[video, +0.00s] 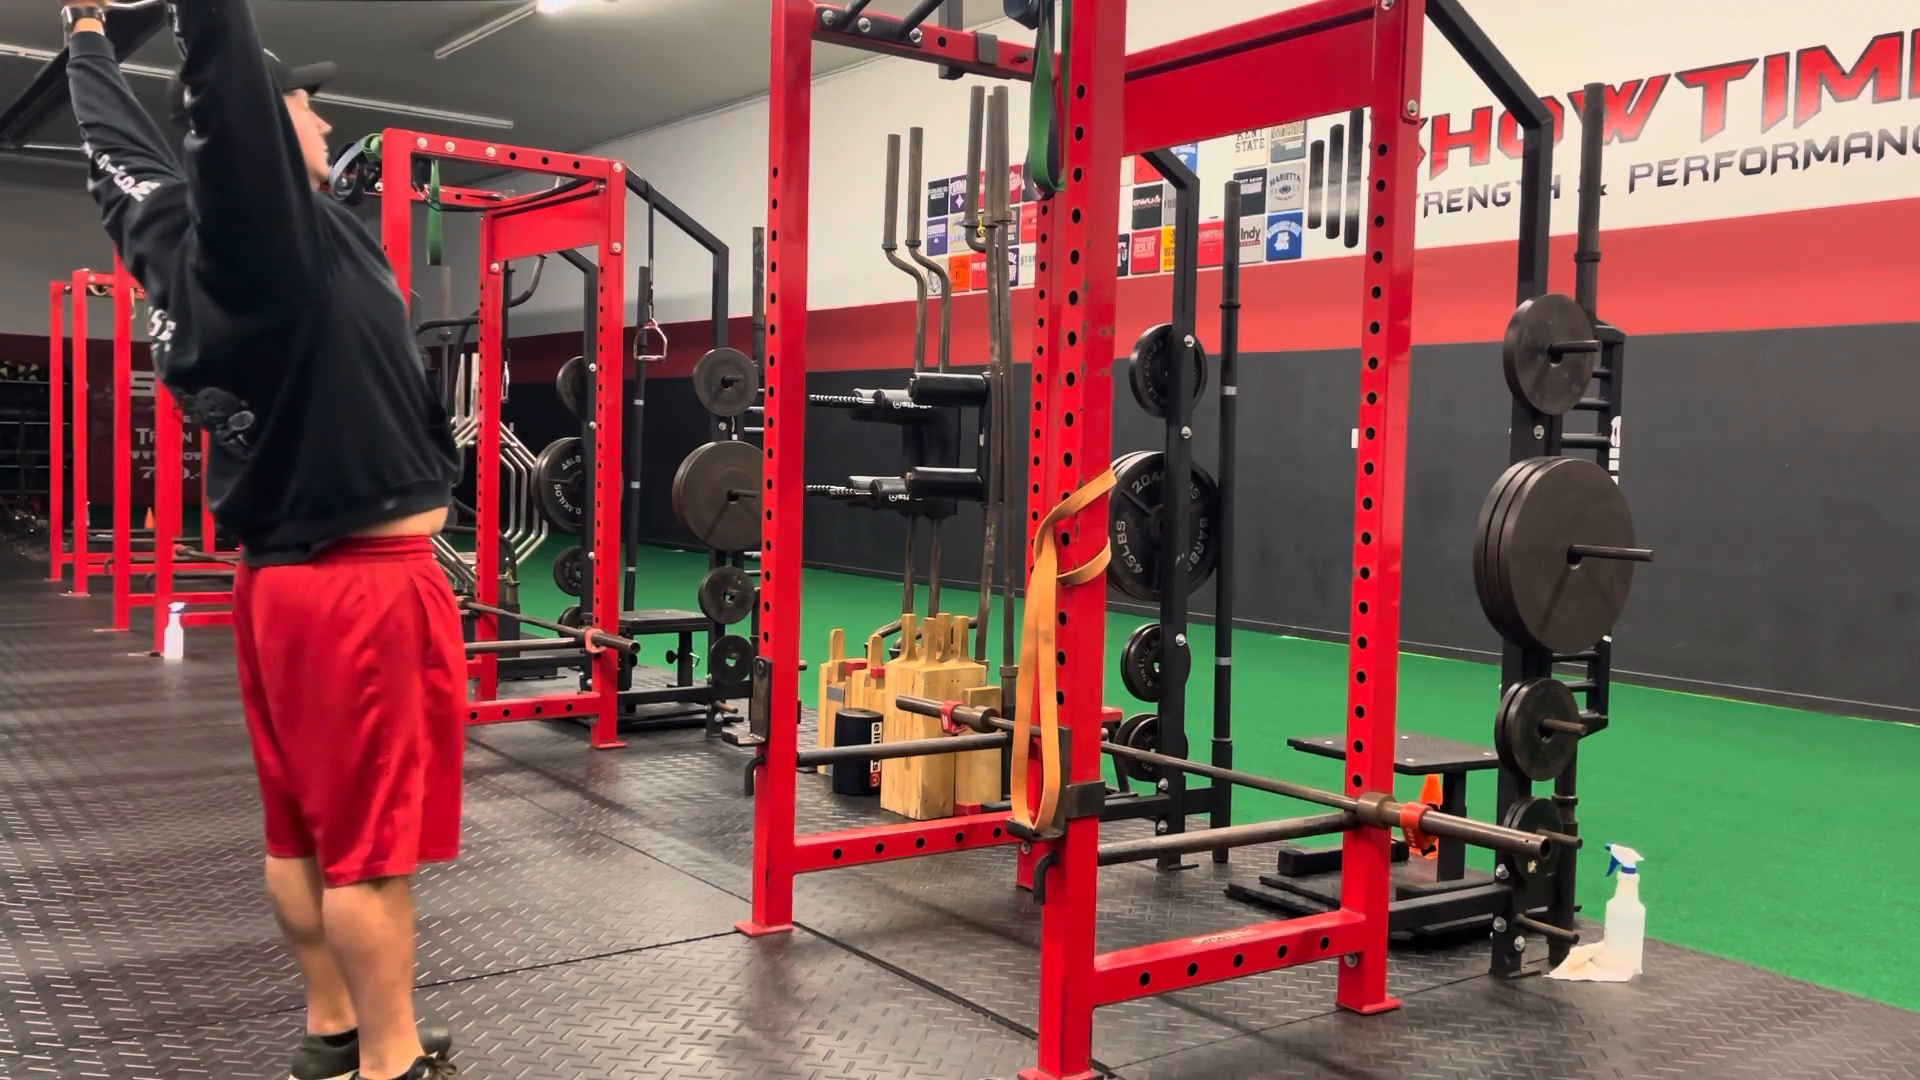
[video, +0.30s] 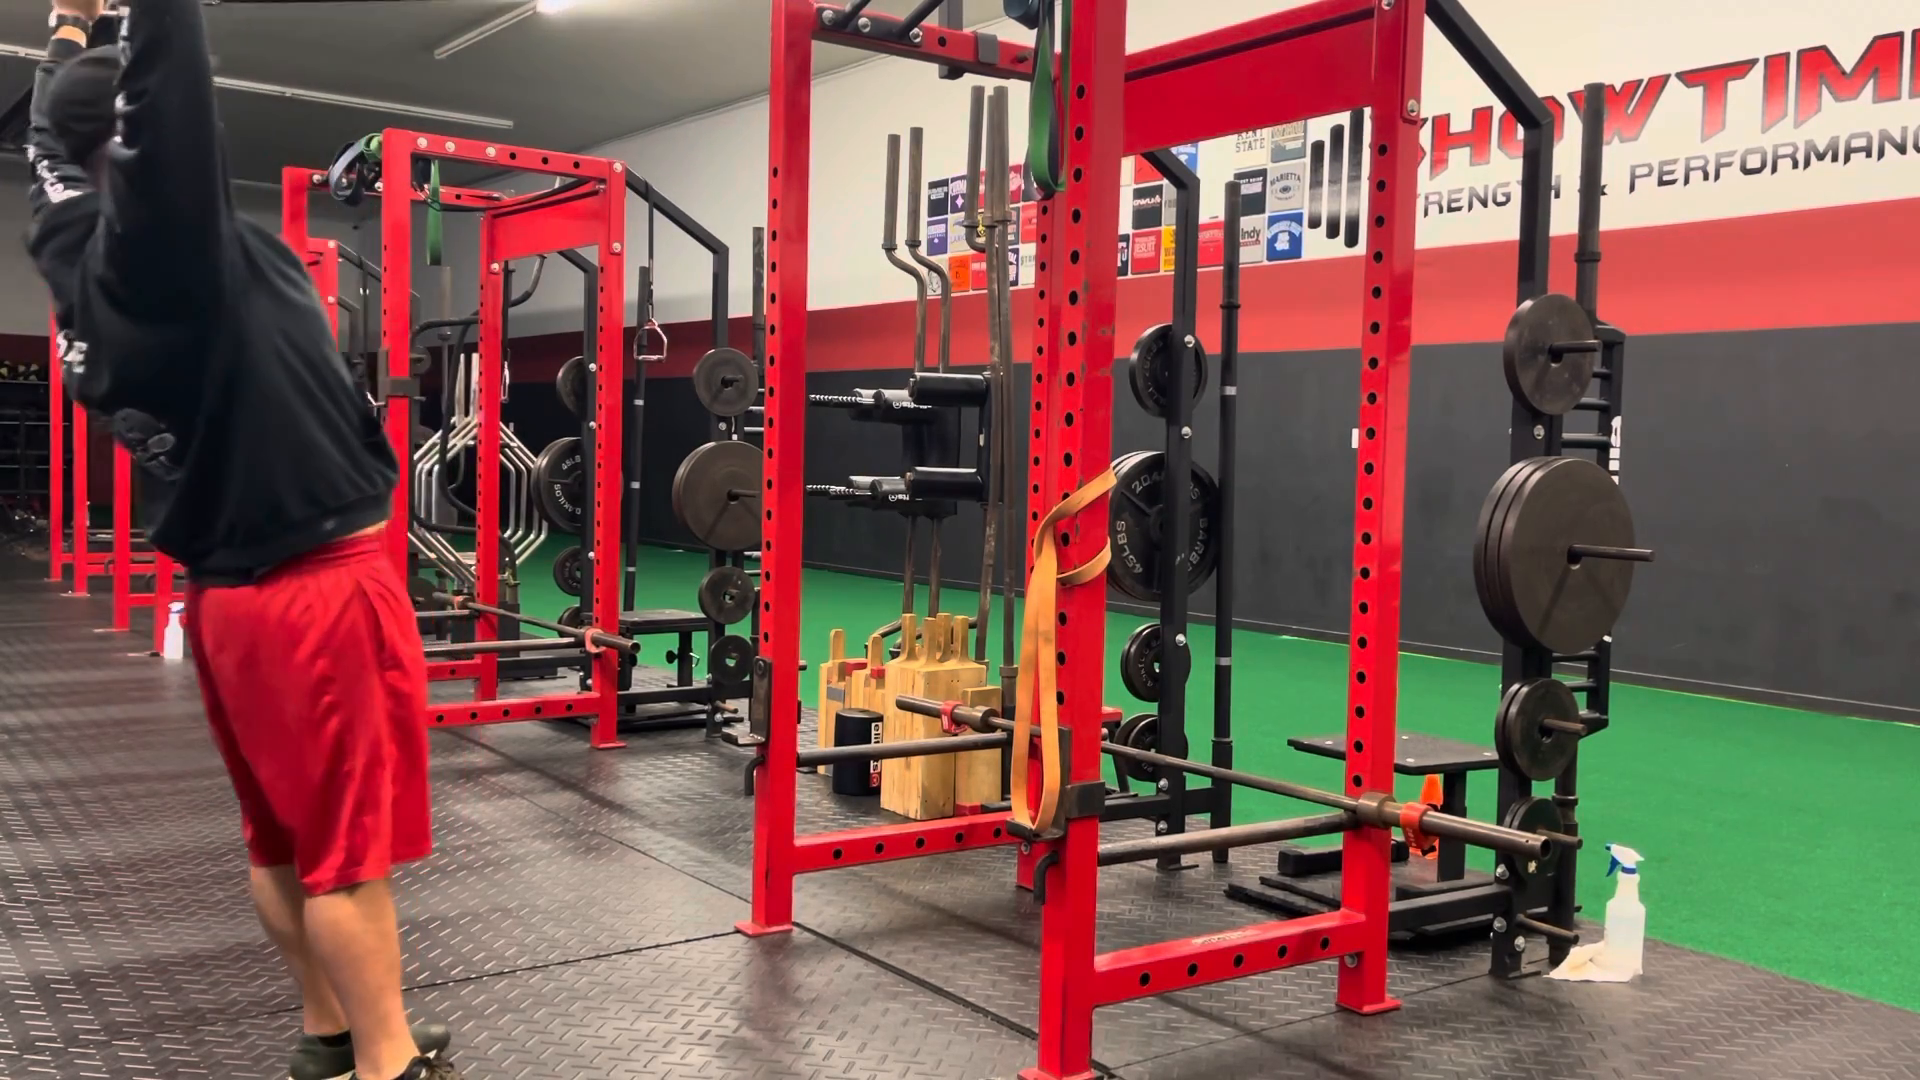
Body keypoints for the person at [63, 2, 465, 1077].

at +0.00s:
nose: (321, 120)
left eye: (313, 104)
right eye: (305, 104)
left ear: (238, 144)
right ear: (260, 127)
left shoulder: (189, 248)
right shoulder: (287, 227)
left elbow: (128, 159)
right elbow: (228, 53)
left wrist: (87, 34)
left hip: (279, 585)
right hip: (363, 589)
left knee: (297, 830)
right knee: (371, 854)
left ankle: (334, 1024)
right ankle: (392, 1057)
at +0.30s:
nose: (190, 136)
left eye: (182, 116)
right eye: (174, 119)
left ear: (71, 155)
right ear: (146, 135)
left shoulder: (87, 274)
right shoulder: (165, 243)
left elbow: (60, 156)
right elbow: (174, 85)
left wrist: (74, 38)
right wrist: (134, 2)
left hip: (232, 603)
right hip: (317, 595)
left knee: (281, 837)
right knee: (349, 857)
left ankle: (331, 1023)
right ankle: (387, 1058)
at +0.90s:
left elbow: (21, 225)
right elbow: (34, 205)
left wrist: (100, 159)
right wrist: (155, 87)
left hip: (89, 617)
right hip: (131, 610)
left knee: (238, 855)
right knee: (263, 866)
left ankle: (342, 1036)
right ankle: (370, 1064)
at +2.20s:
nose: (118, 125)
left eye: (100, 104)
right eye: (95, 111)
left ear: (48, 151)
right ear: (69, 134)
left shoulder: (44, 284)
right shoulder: (127, 238)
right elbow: (152, 85)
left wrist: (104, 36)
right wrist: (122, 14)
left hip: (217, 612)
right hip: (308, 599)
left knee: (284, 851)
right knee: (349, 866)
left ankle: (328, 1027)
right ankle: (388, 1061)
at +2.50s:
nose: (248, 122)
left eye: (221, 99)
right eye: (226, 99)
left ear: (149, 137)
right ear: (216, 119)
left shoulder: (146, 239)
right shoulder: (244, 220)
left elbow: (105, 130)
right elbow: (230, 62)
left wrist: (83, 18)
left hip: (263, 591)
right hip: (355, 591)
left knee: (300, 836)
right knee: (371, 855)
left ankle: (331, 1027)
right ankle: (392, 1056)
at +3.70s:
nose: (135, 125)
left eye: (123, 104)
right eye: (115, 111)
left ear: (36, 154)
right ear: (84, 131)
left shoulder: (59, 268)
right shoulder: (119, 239)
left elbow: (54, 170)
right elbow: (147, 89)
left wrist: (85, 44)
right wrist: (124, 7)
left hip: (216, 602)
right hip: (284, 595)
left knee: (290, 849)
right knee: (344, 863)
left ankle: (329, 1033)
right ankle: (392, 1060)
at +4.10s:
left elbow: (19, 175)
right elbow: (37, 156)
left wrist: (93, 142)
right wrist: (153, 36)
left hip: (95, 607)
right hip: (133, 607)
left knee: (239, 846)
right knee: (266, 864)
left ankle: (335, 1027)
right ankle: (371, 1063)